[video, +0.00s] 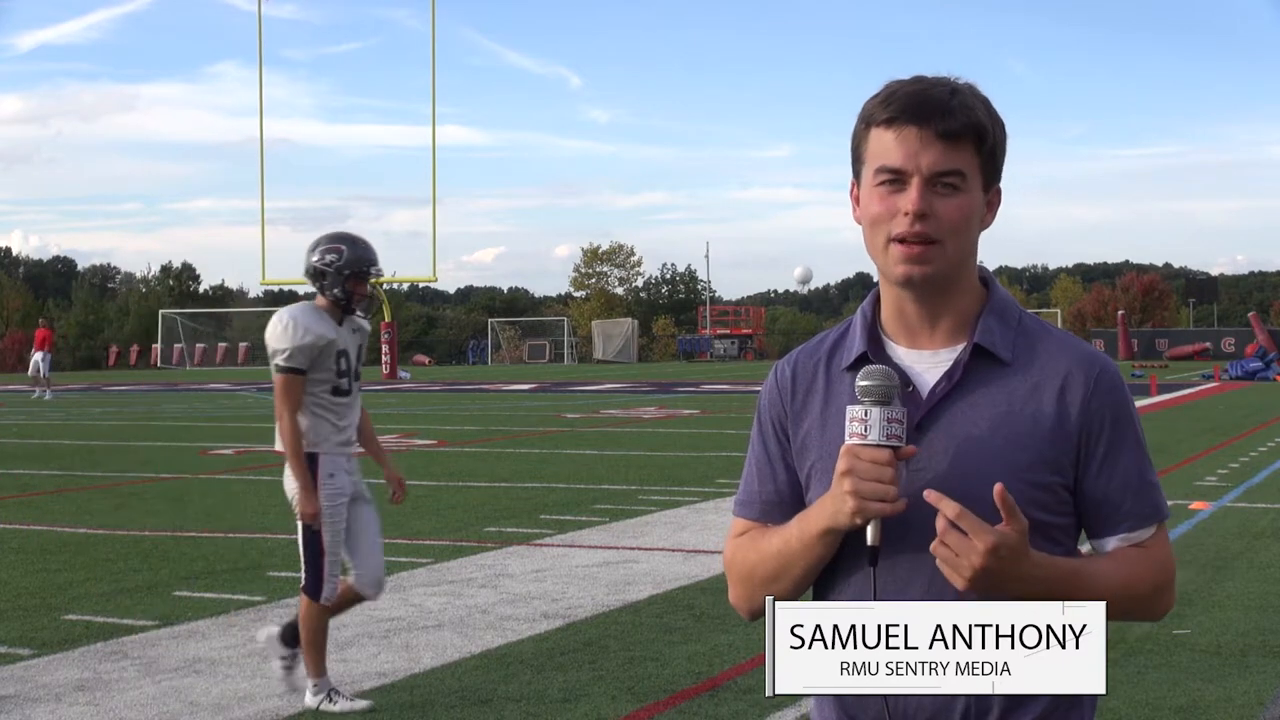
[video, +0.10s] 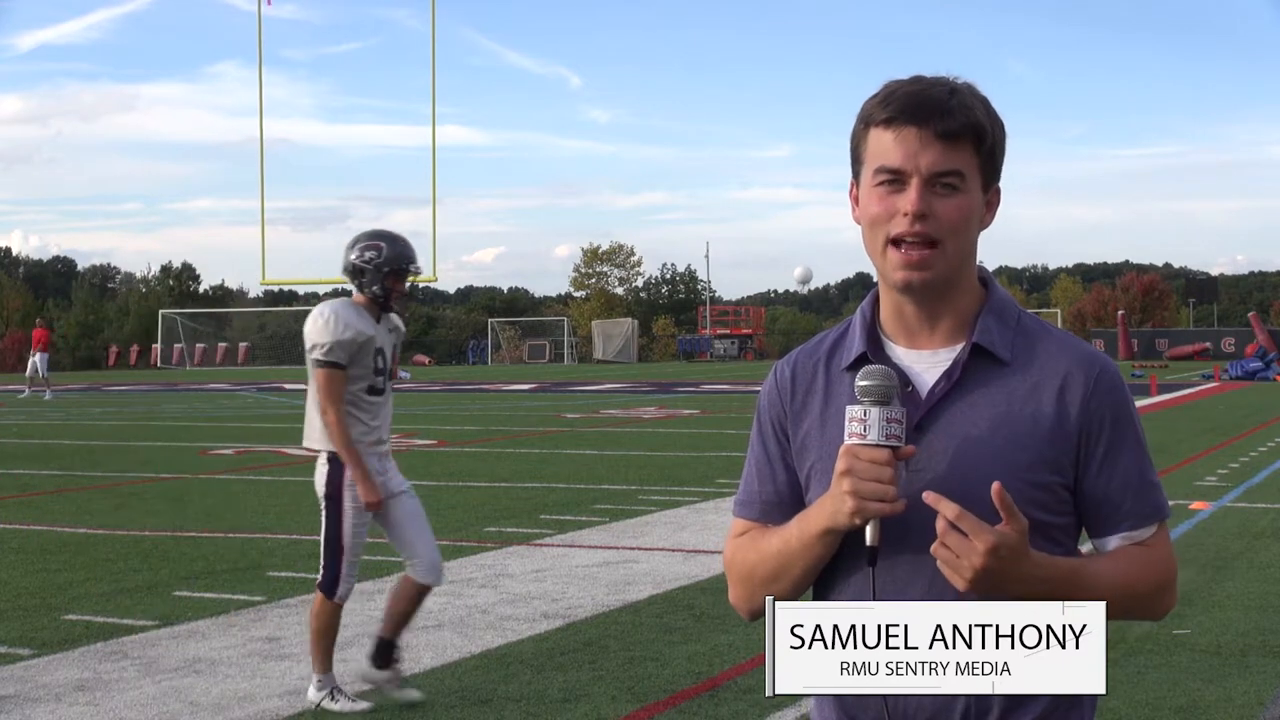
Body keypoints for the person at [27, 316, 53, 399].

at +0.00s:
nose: (41, 323)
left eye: (42, 321)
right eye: (40, 322)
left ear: (46, 322)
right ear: (39, 323)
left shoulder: (48, 332)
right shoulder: (37, 331)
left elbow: (48, 344)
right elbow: (36, 342)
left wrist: (44, 355)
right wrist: (33, 351)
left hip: (44, 353)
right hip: (37, 352)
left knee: (44, 374)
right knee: (32, 373)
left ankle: (48, 392)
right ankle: (38, 390)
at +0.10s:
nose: (38, 323)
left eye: (40, 321)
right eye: (37, 321)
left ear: (43, 323)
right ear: (36, 323)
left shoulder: (45, 332)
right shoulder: (34, 331)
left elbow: (43, 343)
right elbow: (34, 342)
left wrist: (35, 351)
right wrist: (32, 351)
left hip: (42, 353)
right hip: (34, 353)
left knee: (43, 374)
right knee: (29, 374)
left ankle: (48, 392)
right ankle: (28, 391)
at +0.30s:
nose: (28, 324)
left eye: (30, 323)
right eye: (27, 323)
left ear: (33, 323)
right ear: (27, 324)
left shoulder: (35, 332)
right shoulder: (27, 332)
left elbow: (33, 343)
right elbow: (27, 343)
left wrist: (24, 348)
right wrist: (24, 349)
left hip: (34, 354)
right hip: (26, 354)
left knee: (38, 375)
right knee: (21, 375)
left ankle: (47, 392)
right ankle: (18, 392)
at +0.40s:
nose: (23, 324)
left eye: (24, 323)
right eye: (22, 323)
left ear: (28, 323)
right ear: (21, 324)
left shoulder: (30, 332)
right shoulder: (22, 332)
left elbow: (29, 344)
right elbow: (21, 343)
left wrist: (19, 350)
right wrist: (19, 350)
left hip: (28, 355)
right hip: (21, 354)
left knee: (33, 376)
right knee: (17, 376)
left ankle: (46, 391)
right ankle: (16, 393)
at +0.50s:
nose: (18, 324)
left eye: (20, 322)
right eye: (17, 322)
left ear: (23, 323)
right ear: (17, 324)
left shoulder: (25, 332)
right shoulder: (17, 332)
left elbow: (26, 344)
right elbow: (17, 343)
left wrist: (20, 353)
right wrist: (15, 353)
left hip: (23, 354)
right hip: (16, 354)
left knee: (24, 376)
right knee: (16, 375)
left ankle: (39, 390)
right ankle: (16, 392)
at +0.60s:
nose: (13, 324)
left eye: (15, 322)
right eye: (13, 322)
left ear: (18, 322)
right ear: (12, 323)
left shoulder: (20, 331)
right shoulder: (12, 332)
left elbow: (24, 343)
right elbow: (11, 344)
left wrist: (23, 353)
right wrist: (8, 354)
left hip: (18, 354)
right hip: (12, 353)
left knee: (15, 374)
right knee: (14, 374)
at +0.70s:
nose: (9, 324)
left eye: (11, 322)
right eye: (9, 322)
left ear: (14, 323)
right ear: (8, 323)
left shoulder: (17, 331)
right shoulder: (8, 332)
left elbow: (23, 343)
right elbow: (6, 345)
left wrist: (24, 353)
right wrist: (3, 354)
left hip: (15, 353)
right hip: (11, 352)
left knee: (9, 373)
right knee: (13, 373)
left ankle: (16, 391)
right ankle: (16, 391)